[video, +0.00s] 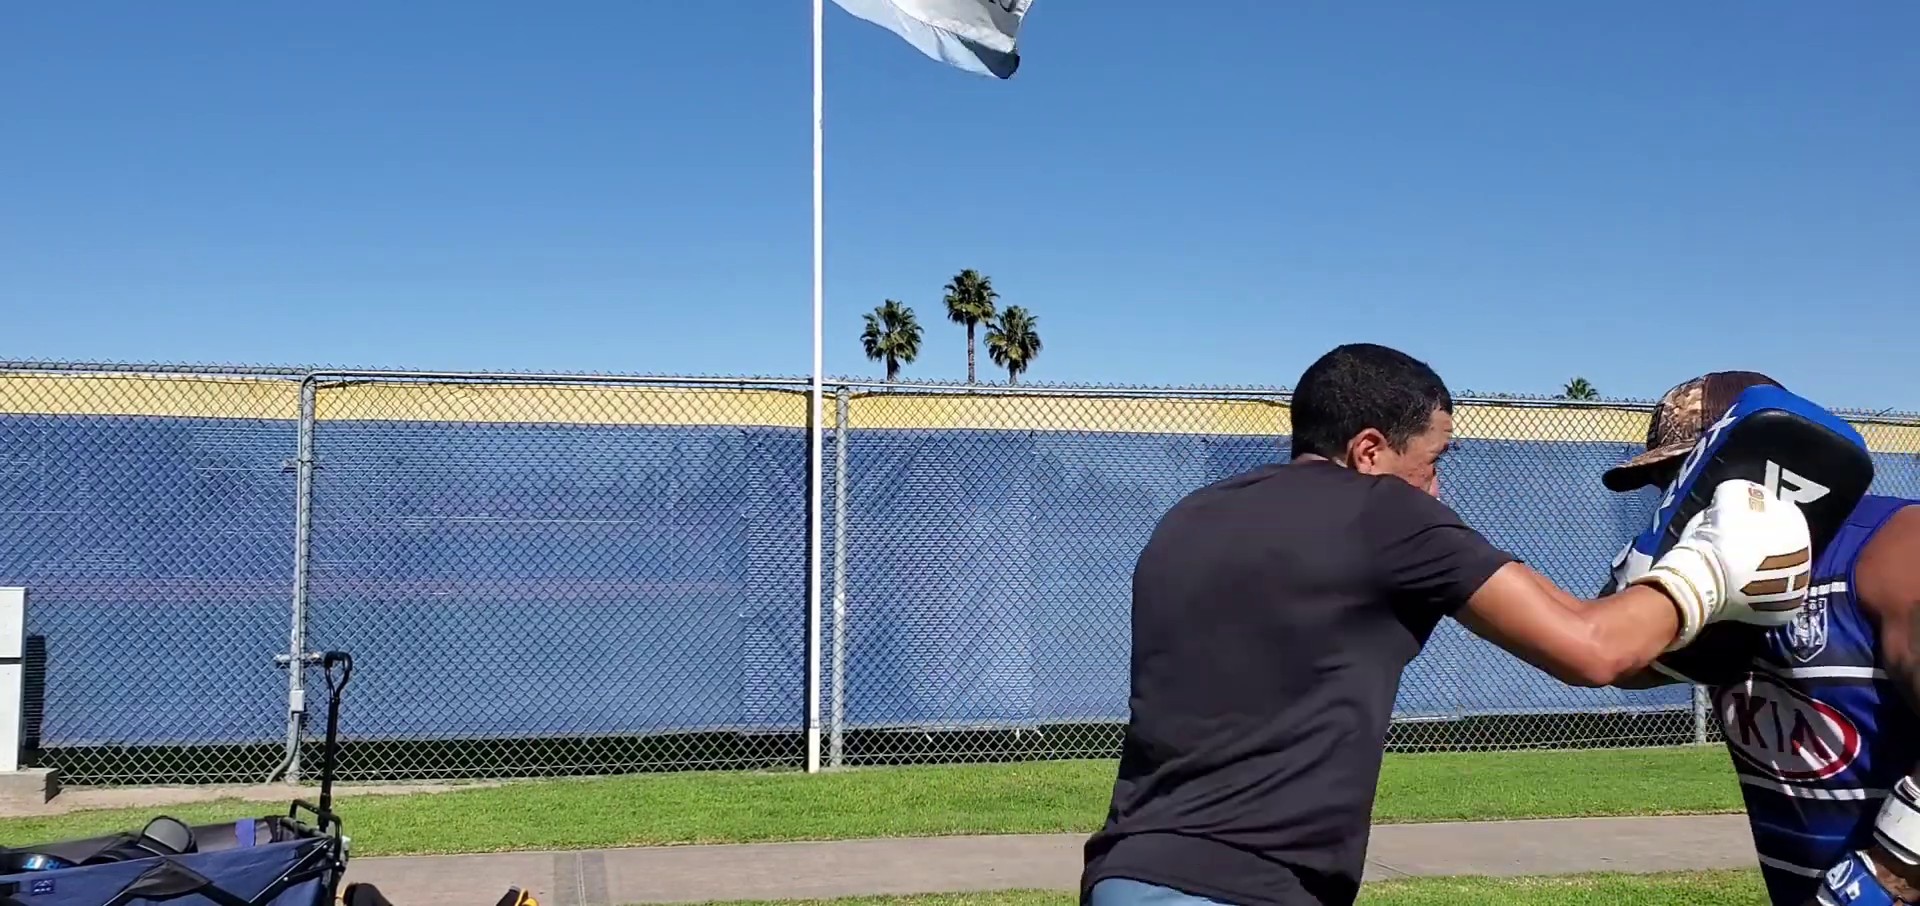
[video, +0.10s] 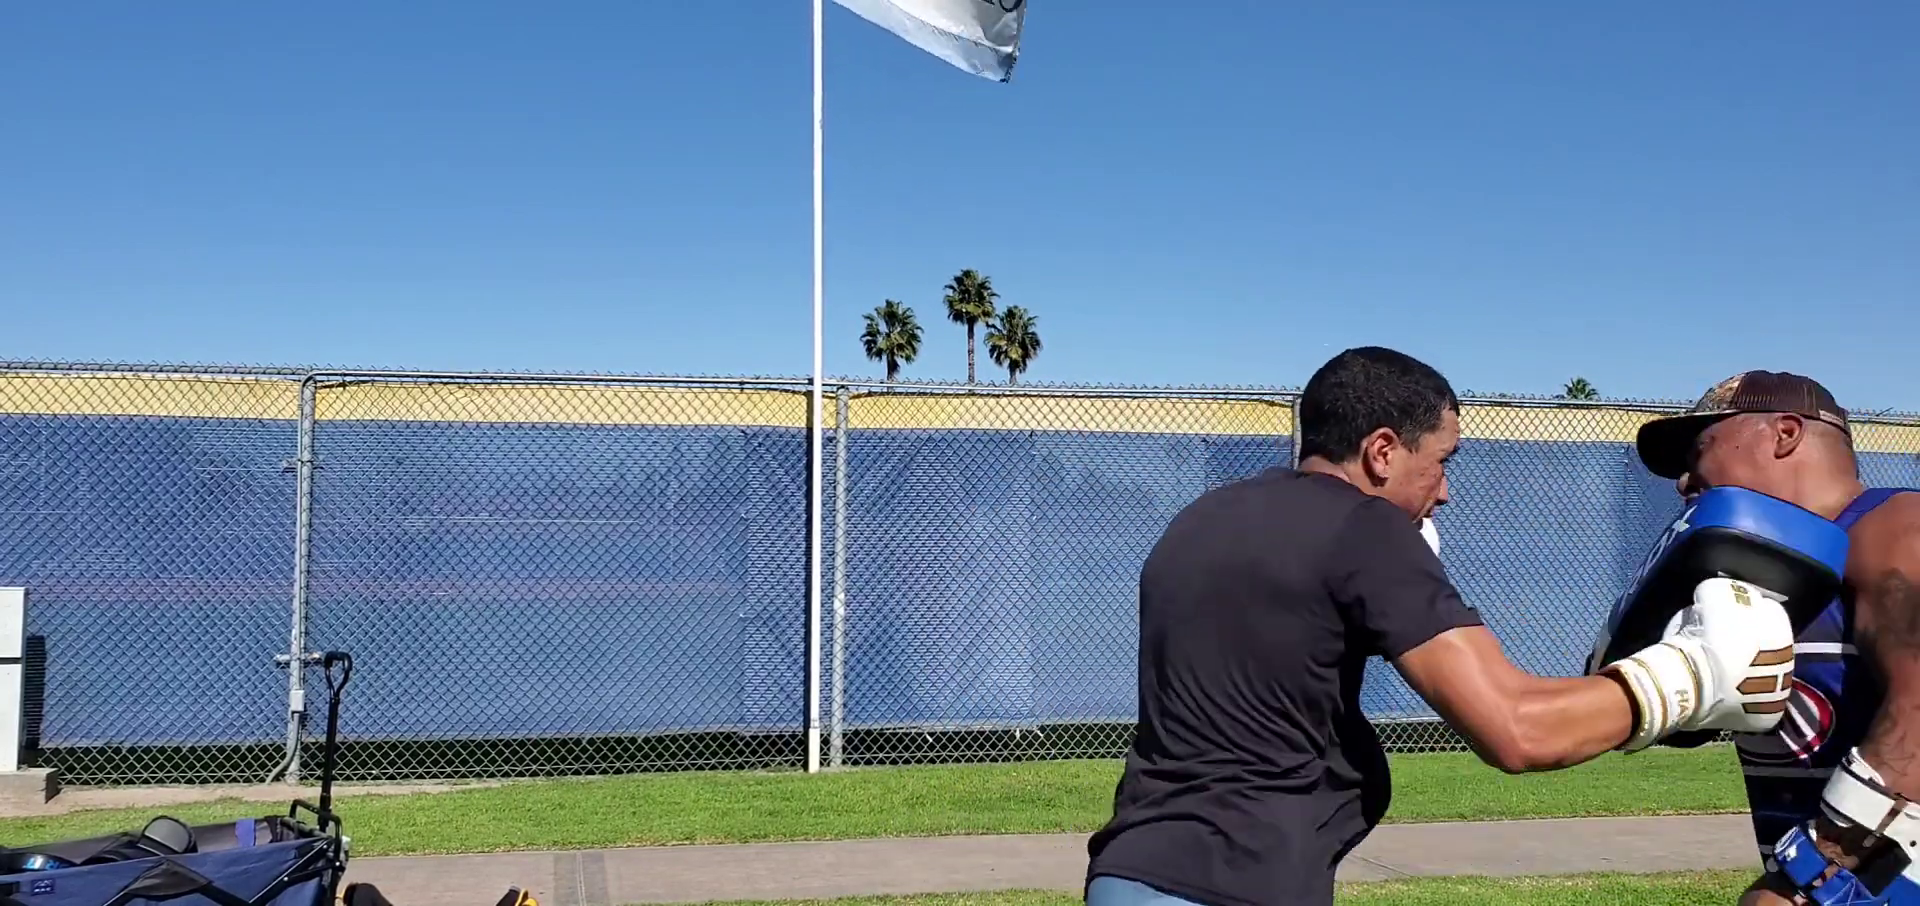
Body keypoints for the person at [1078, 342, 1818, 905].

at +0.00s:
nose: (1442, 487)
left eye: (1446, 463)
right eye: (1436, 463)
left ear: (1315, 449)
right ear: (1369, 450)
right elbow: (1598, 649)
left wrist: (1640, 613)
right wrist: (1703, 568)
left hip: (1127, 875)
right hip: (1249, 883)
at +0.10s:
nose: (1444, 492)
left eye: (1448, 466)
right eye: (1440, 465)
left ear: (1323, 451)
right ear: (1377, 452)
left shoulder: (1196, 523)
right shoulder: (1364, 533)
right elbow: (1523, 732)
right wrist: (1689, 675)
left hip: (1133, 873)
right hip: (1250, 882)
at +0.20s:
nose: (1436, 481)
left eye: (1439, 457)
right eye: (1433, 454)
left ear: (1305, 437)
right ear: (1378, 448)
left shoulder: (1202, 523)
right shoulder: (1324, 550)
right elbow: (1368, 797)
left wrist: (1357, 571)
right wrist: (1539, 724)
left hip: (1119, 877)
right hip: (1228, 885)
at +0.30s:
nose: (1404, 469)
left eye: (1407, 443)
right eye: (1401, 439)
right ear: (1344, 431)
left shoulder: (1183, 510)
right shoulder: (1259, 547)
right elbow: (1309, 810)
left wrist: (1338, 618)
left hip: (1106, 872)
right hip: (1196, 885)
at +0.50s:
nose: (1335, 431)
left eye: (1337, 408)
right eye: (1330, 407)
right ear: (1263, 404)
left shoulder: (1143, 496)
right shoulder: (1178, 519)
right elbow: (1290, 763)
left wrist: (1294, 563)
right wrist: (1335, 576)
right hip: (1152, 886)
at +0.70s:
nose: (1340, 444)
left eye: (1339, 419)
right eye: (1332, 418)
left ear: (1265, 414)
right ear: (1265, 413)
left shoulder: (1191, 511)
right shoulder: (1155, 521)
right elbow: (1239, 767)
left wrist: (1329, 617)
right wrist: (1329, 595)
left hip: (1179, 881)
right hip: (1117, 887)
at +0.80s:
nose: (1347, 484)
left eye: (1348, 458)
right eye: (1341, 456)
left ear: (1274, 451)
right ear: (1274, 450)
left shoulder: (1219, 543)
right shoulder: (1148, 546)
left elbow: (1268, 678)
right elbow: (1242, 780)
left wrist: (1402, 656)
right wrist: (1390, 670)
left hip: (1186, 883)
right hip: (1100, 888)